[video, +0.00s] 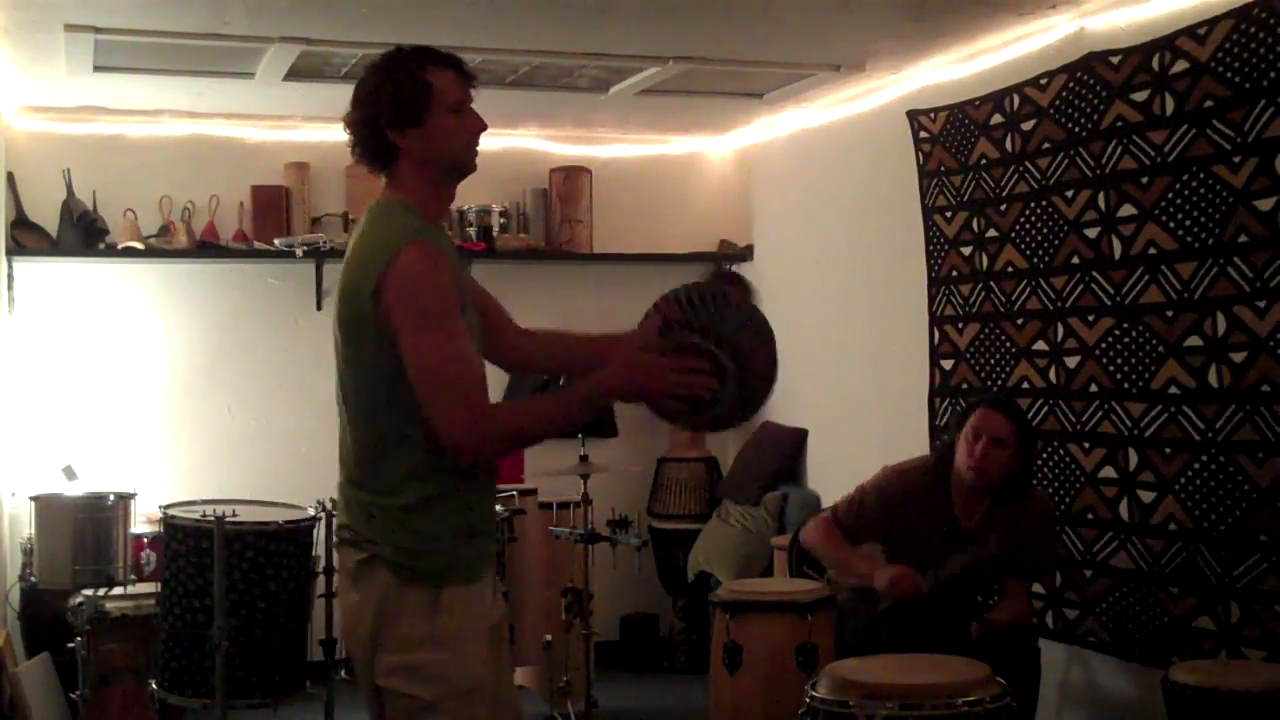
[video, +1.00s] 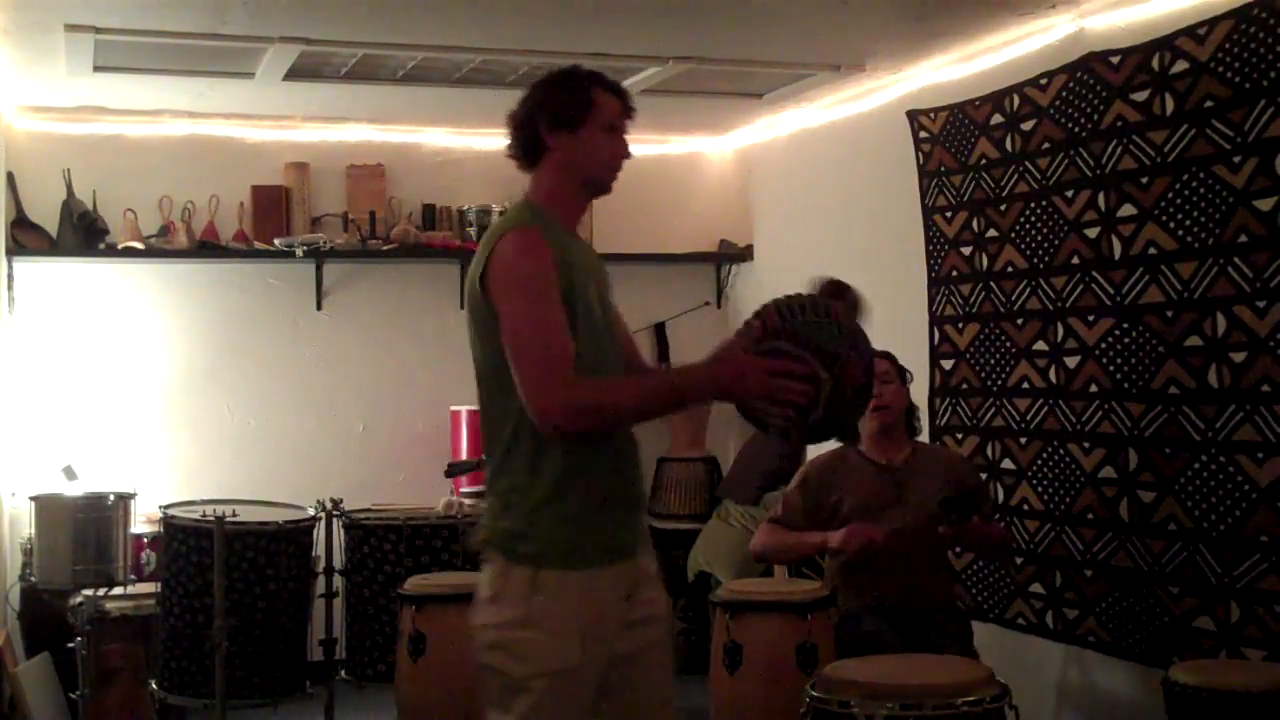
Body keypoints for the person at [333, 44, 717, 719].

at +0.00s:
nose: (481, 122)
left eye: (473, 106)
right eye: (462, 108)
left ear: (409, 133)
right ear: (404, 130)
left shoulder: (418, 238)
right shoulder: (409, 251)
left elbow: (514, 346)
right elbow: (469, 431)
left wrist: (637, 344)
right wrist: (610, 385)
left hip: (433, 566)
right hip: (418, 578)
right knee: (449, 709)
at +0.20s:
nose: (485, 128)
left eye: (478, 112)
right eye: (464, 115)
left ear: (413, 141)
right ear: (407, 138)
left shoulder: (412, 241)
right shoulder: (424, 256)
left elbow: (489, 376)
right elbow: (466, 440)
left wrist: (624, 365)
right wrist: (615, 416)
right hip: (442, 577)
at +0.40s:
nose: (508, 123)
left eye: (501, 109)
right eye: (487, 111)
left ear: (445, 138)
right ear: (431, 136)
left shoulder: (453, 245)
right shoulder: (440, 254)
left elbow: (477, 396)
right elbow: (421, 435)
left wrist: (578, 396)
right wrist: (562, 423)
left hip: (502, 568)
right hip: (455, 580)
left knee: (562, 704)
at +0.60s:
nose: (545, 136)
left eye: (539, 122)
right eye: (525, 124)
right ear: (472, 144)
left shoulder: (487, 255)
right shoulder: (471, 263)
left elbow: (499, 403)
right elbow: (434, 438)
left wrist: (594, 414)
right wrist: (577, 492)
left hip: (527, 570)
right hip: (472, 581)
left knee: (575, 713)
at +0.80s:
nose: (598, 137)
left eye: (593, 121)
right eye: (582, 120)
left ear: (530, 138)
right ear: (527, 134)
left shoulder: (533, 246)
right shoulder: (505, 244)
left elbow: (559, 390)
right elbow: (510, 413)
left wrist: (673, 365)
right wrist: (663, 408)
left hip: (561, 566)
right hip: (496, 574)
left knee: (593, 711)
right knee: (484, 709)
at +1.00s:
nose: (627, 147)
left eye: (626, 131)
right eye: (613, 128)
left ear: (571, 141)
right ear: (557, 136)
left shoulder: (577, 257)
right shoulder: (522, 246)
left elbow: (640, 383)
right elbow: (557, 402)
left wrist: (731, 366)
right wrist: (710, 379)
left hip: (619, 560)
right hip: (545, 571)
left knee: (641, 711)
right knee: (542, 709)